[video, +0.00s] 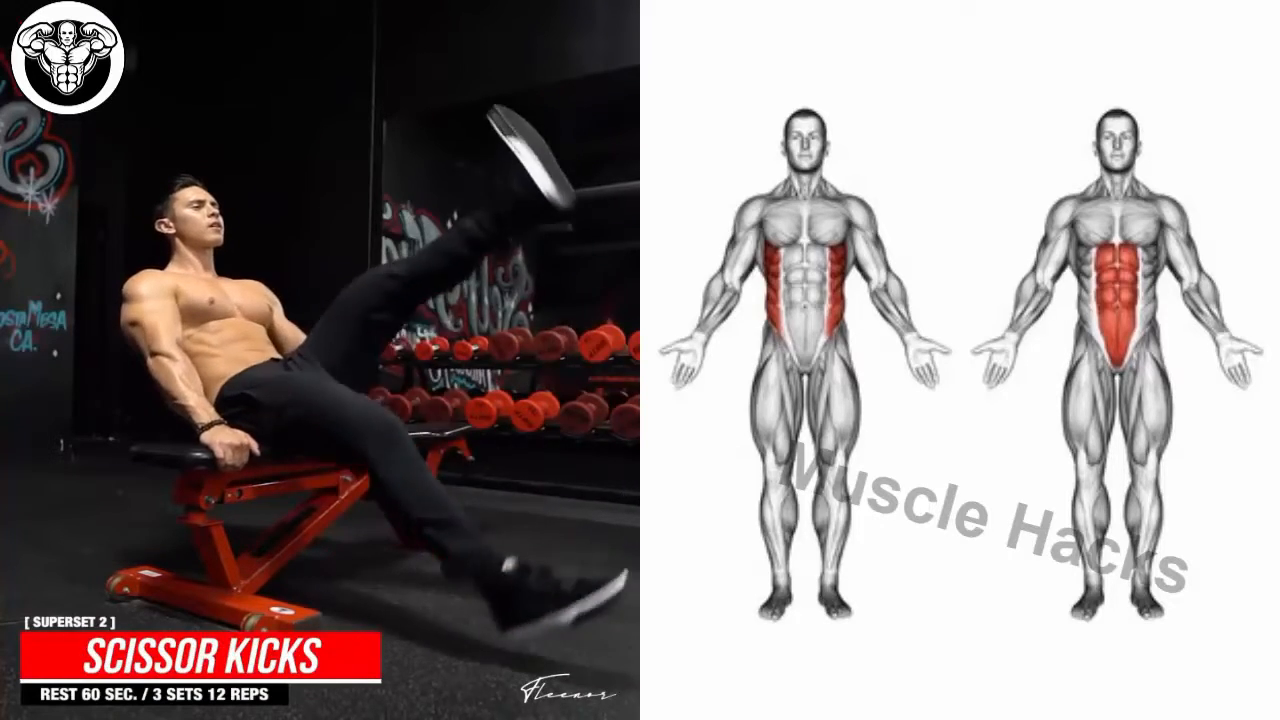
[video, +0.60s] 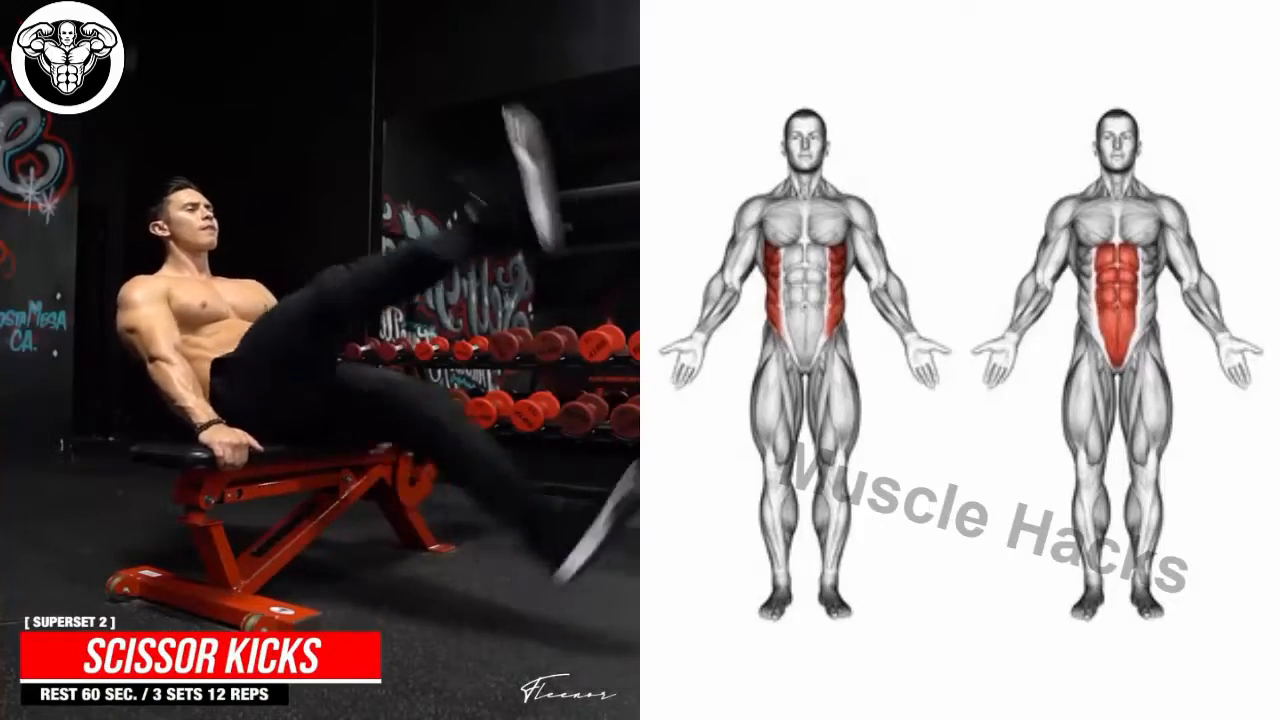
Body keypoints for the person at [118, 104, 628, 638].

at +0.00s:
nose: (212, 212)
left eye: (214, 205)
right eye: (197, 205)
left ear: (217, 223)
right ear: (167, 225)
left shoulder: (253, 290)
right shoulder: (150, 284)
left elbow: (310, 353)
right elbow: (164, 355)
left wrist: (372, 405)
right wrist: (209, 425)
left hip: (300, 375)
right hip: (246, 388)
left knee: (376, 290)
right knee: (375, 425)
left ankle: (517, 210)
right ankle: (501, 584)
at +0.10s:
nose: (212, 214)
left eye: (213, 206)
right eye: (197, 207)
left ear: (215, 224)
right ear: (166, 226)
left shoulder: (252, 290)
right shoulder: (148, 286)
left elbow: (309, 354)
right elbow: (164, 355)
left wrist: (373, 393)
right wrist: (208, 425)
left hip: (295, 378)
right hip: (243, 393)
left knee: (385, 306)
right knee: (376, 395)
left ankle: (544, 279)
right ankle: (532, 503)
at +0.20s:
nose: (205, 215)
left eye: (206, 208)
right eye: (190, 209)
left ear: (212, 225)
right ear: (161, 229)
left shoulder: (252, 289)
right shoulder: (146, 288)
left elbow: (305, 355)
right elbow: (167, 359)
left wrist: (358, 415)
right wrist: (209, 423)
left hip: (296, 394)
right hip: (241, 402)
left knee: (410, 343)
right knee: (372, 346)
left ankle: (568, 382)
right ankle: (549, 379)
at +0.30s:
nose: (205, 215)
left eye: (205, 209)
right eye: (189, 210)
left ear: (208, 226)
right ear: (159, 230)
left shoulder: (253, 287)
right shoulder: (145, 290)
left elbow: (302, 351)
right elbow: (165, 362)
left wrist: (344, 408)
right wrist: (208, 426)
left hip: (301, 394)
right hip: (241, 396)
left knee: (434, 394)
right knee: (346, 301)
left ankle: (569, 513)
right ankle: (515, 264)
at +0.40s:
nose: (207, 214)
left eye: (207, 207)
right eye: (192, 208)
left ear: (209, 225)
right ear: (161, 228)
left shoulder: (252, 286)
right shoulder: (145, 290)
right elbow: (162, 362)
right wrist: (208, 426)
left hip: (306, 392)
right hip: (246, 387)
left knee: (432, 436)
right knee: (338, 273)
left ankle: (541, 581)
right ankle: (476, 187)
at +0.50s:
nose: (208, 214)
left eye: (210, 207)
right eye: (192, 208)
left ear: (214, 224)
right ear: (162, 227)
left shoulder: (251, 285)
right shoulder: (145, 289)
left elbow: (303, 329)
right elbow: (163, 361)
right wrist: (208, 425)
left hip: (303, 391)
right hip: (244, 384)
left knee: (432, 433)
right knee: (326, 273)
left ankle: (516, 587)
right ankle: (457, 180)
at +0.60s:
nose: (208, 215)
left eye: (207, 208)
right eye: (192, 209)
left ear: (209, 225)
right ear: (161, 227)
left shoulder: (252, 291)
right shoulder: (143, 290)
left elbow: (303, 345)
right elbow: (165, 362)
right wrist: (208, 426)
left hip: (302, 397)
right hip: (242, 394)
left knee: (418, 405)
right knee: (329, 296)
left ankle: (551, 531)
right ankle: (497, 228)